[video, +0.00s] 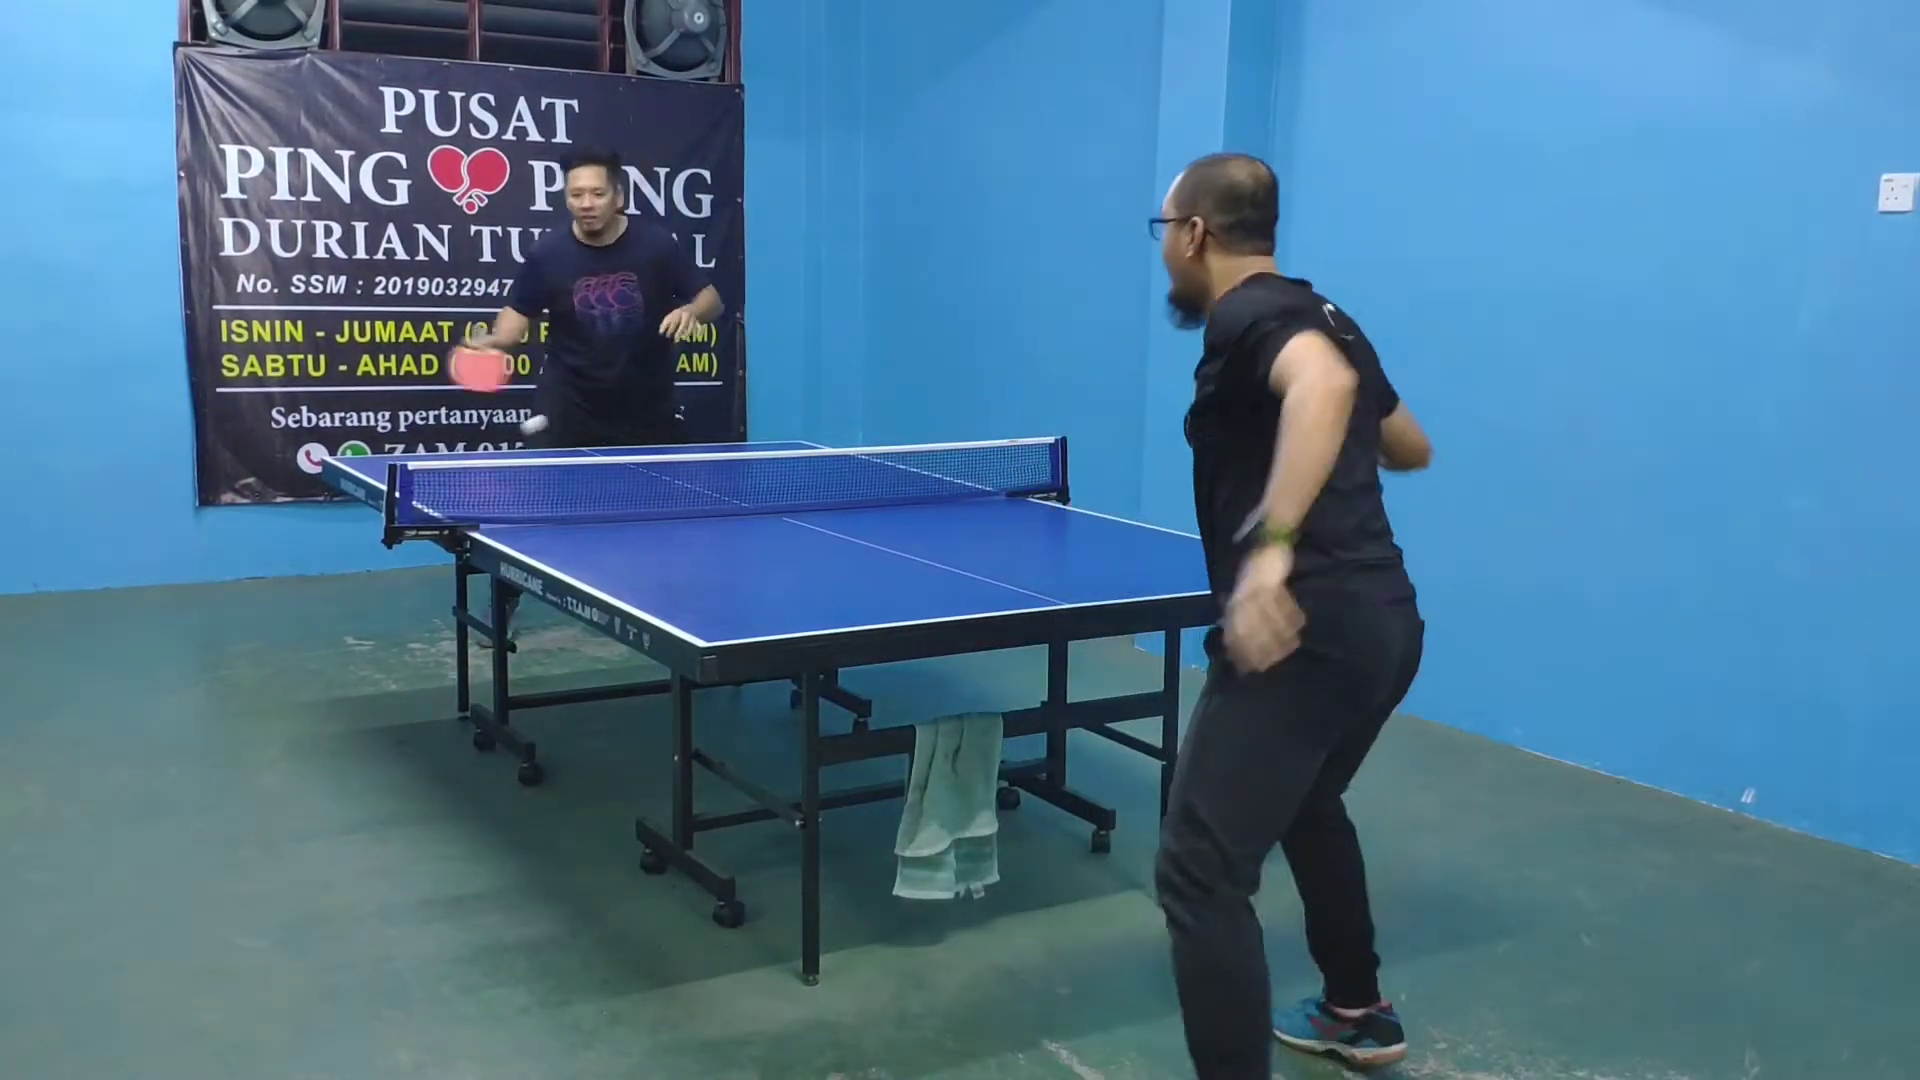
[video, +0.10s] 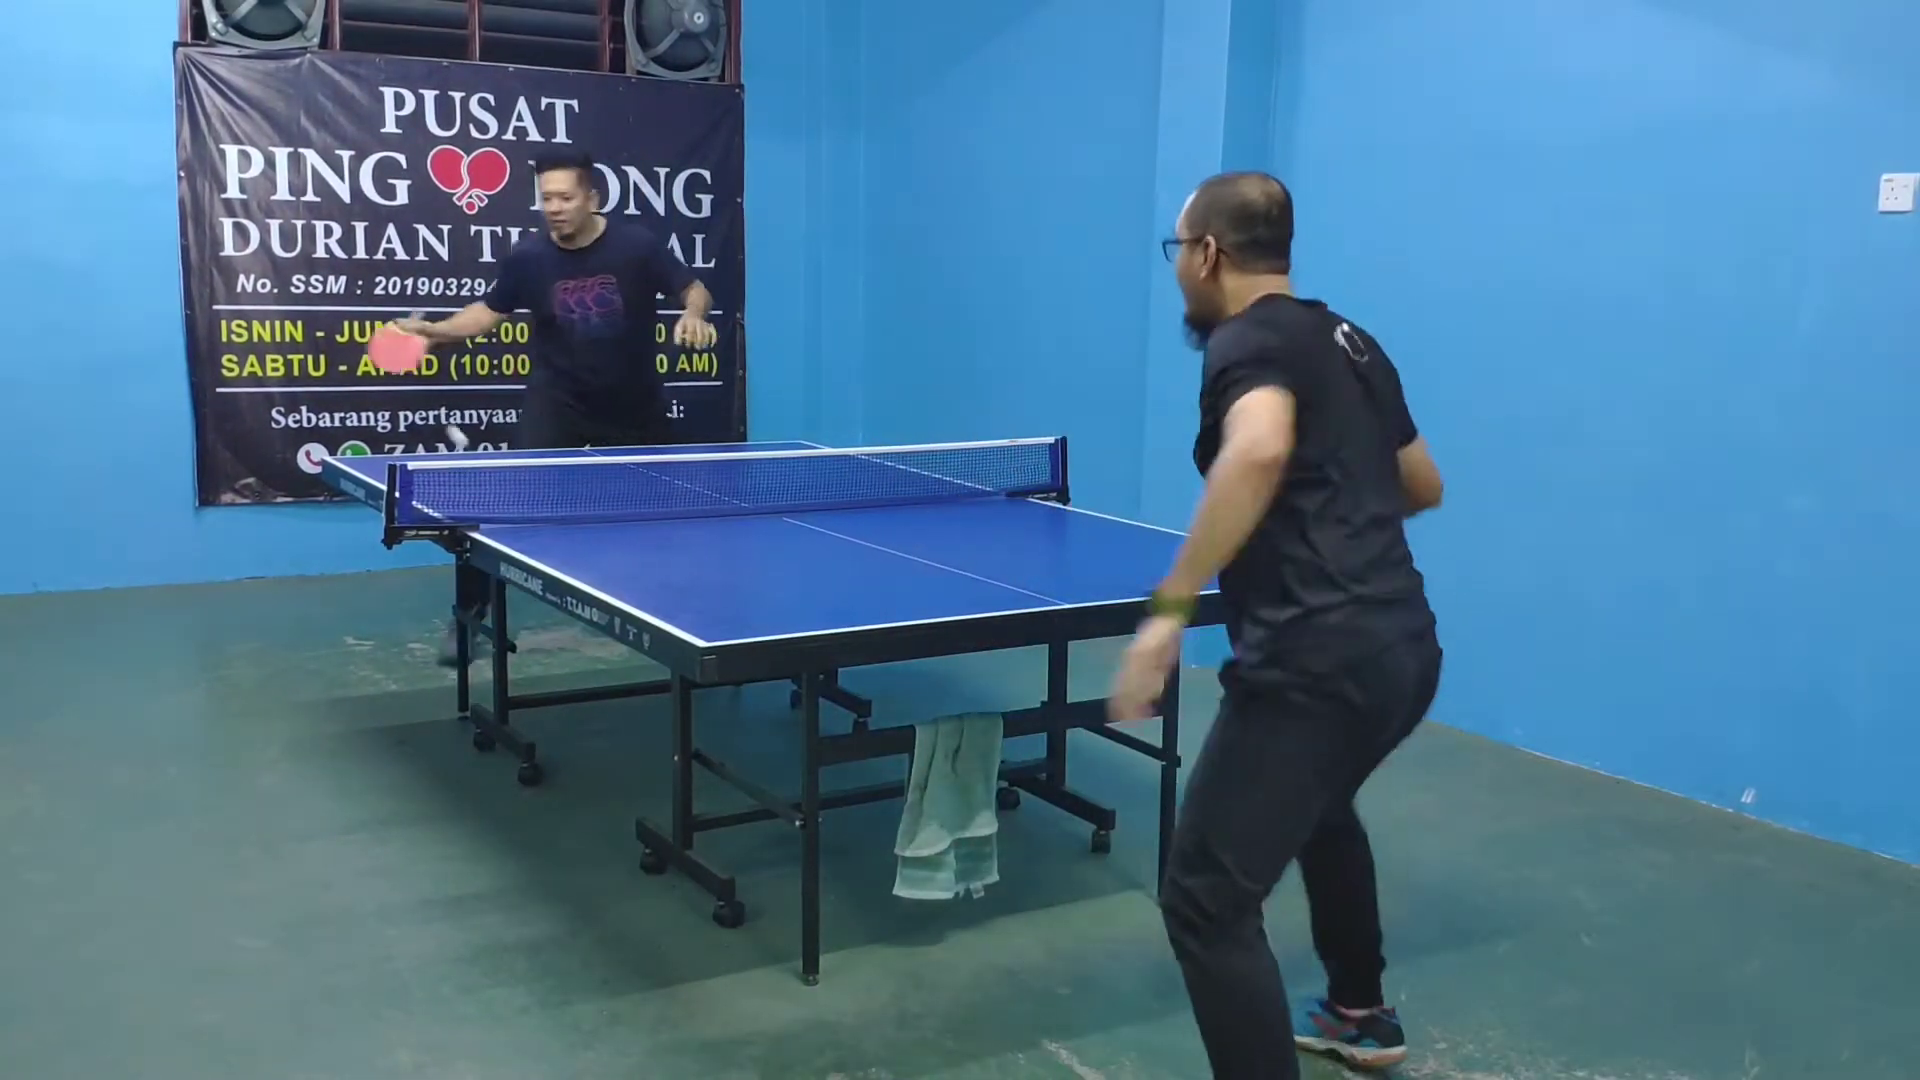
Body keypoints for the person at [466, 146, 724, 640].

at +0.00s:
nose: (585, 204)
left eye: (595, 194)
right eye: (576, 195)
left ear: (618, 196)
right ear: (567, 200)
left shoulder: (655, 244)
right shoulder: (549, 254)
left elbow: (711, 297)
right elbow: (517, 313)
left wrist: (692, 311)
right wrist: (497, 341)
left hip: (648, 409)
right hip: (574, 411)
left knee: (660, 510)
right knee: (540, 505)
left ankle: (664, 609)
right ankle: (502, 605)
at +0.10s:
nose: (553, 208)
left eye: (563, 197)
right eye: (546, 199)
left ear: (593, 197)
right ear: (539, 201)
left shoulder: (637, 243)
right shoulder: (530, 259)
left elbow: (694, 289)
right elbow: (485, 314)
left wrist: (694, 315)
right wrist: (432, 329)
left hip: (633, 408)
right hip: (555, 410)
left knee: (658, 510)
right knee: (511, 500)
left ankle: (665, 618)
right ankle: (471, 616)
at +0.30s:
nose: (486, 221)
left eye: (497, 210)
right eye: (479, 210)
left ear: (527, 208)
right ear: (473, 210)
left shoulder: (580, 250)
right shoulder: (470, 275)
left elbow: (637, 282)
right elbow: (424, 334)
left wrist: (668, 318)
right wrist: (394, 356)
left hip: (596, 411)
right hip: (518, 418)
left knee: (658, 502)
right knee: (484, 513)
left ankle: (687, 618)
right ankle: (452, 622)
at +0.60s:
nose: (493, 202)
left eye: (501, 192)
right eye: (480, 194)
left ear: (517, 197)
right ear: (463, 204)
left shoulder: (553, 234)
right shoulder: (455, 269)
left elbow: (602, 267)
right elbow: (445, 338)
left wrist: (636, 291)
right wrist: (468, 350)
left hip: (574, 398)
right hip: (501, 408)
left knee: (628, 493)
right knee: (478, 508)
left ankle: (667, 610)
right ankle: (451, 621)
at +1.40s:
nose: (523, 191)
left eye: (529, 182)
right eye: (511, 184)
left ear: (538, 186)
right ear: (489, 191)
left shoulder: (571, 240)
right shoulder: (470, 247)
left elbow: (618, 289)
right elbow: (439, 314)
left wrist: (621, 311)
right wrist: (464, 341)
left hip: (564, 395)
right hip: (491, 398)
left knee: (608, 483)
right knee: (446, 479)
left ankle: (631, 594)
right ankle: (426, 584)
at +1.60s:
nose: (439, 202)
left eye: (448, 193)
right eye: (429, 194)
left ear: (469, 197)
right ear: (417, 203)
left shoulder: (512, 245)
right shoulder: (400, 263)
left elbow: (576, 276)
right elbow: (342, 297)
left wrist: (639, 304)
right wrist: (286, 330)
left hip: (519, 397)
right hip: (447, 402)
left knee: (577, 482)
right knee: (410, 488)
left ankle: (611, 580)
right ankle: (390, 587)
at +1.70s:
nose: (400, 210)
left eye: (409, 200)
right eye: (390, 202)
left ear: (429, 204)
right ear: (377, 210)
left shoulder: (473, 248)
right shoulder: (364, 267)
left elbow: (526, 269)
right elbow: (301, 299)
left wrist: (582, 293)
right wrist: (249, 339)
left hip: (493, 389)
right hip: (418, 399)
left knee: (553, 467)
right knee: (393, 485)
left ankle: (582, 570)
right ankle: (390, 587)